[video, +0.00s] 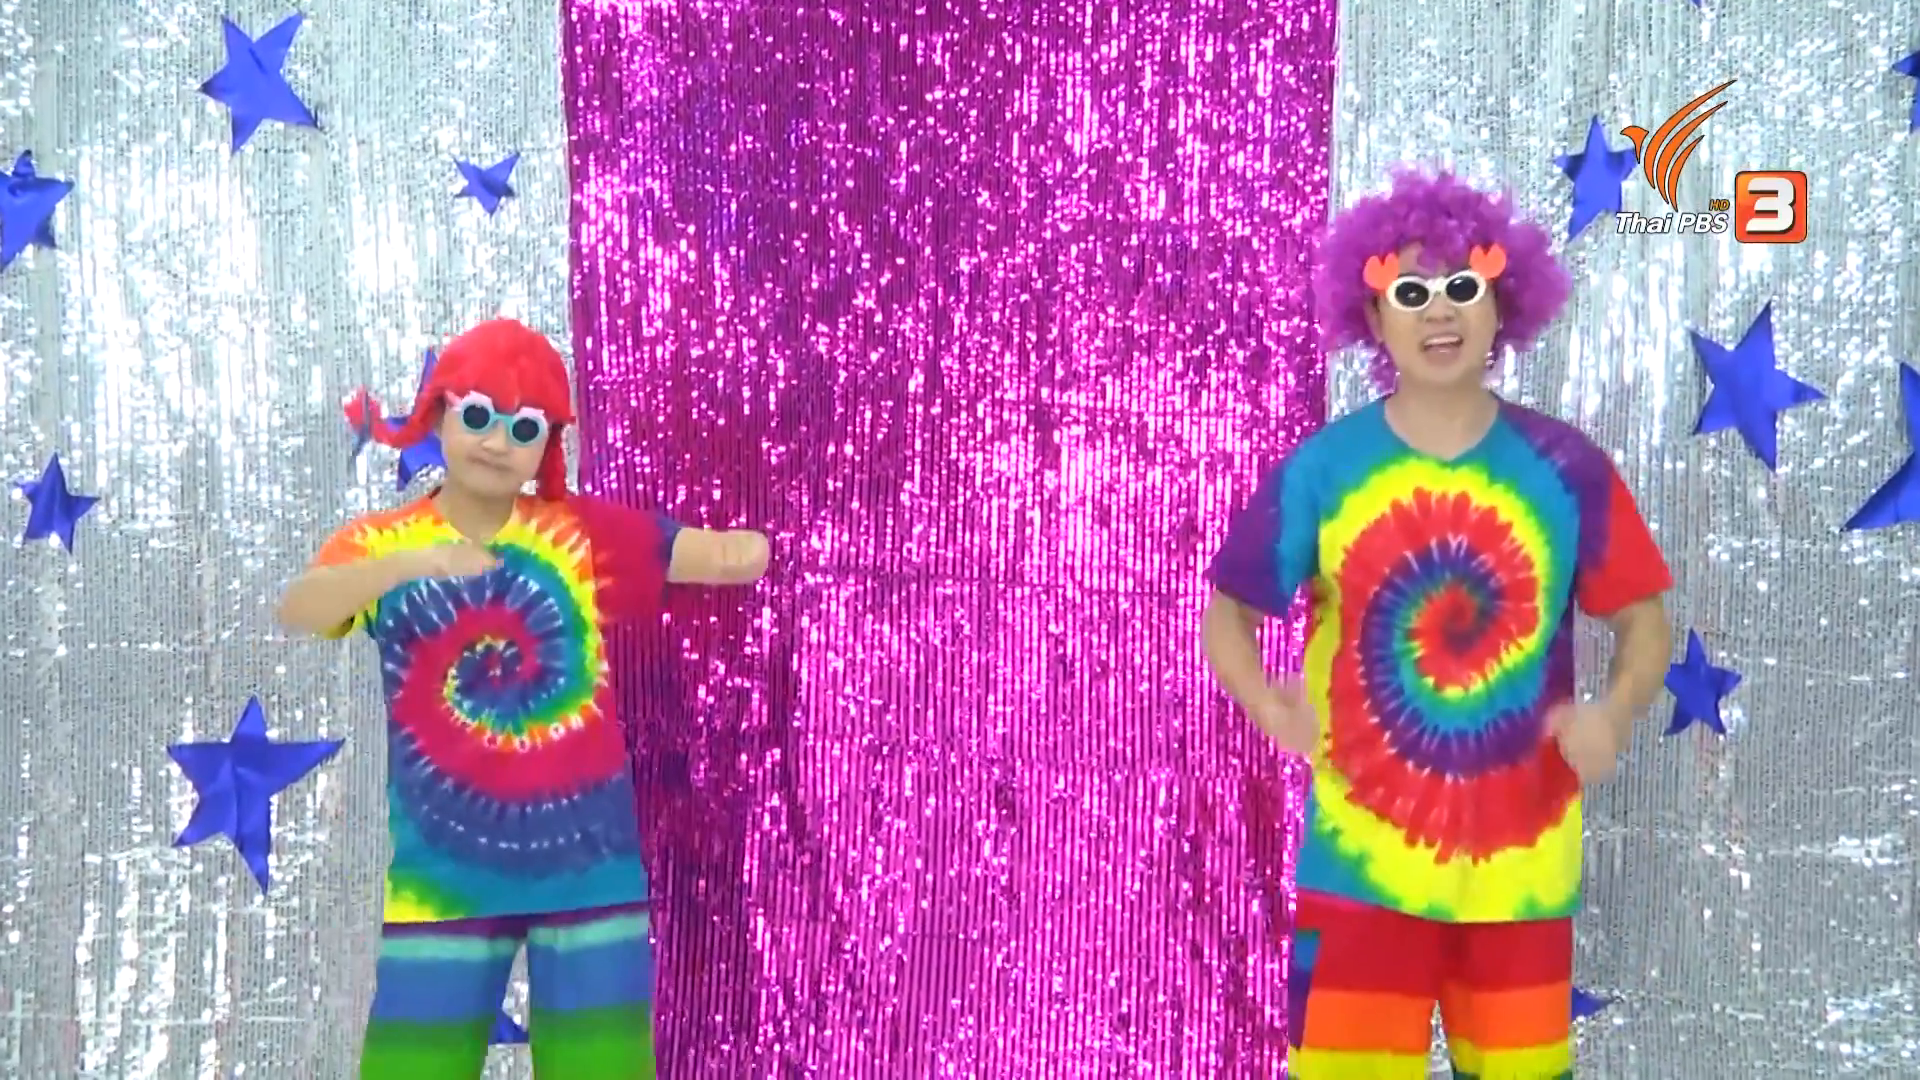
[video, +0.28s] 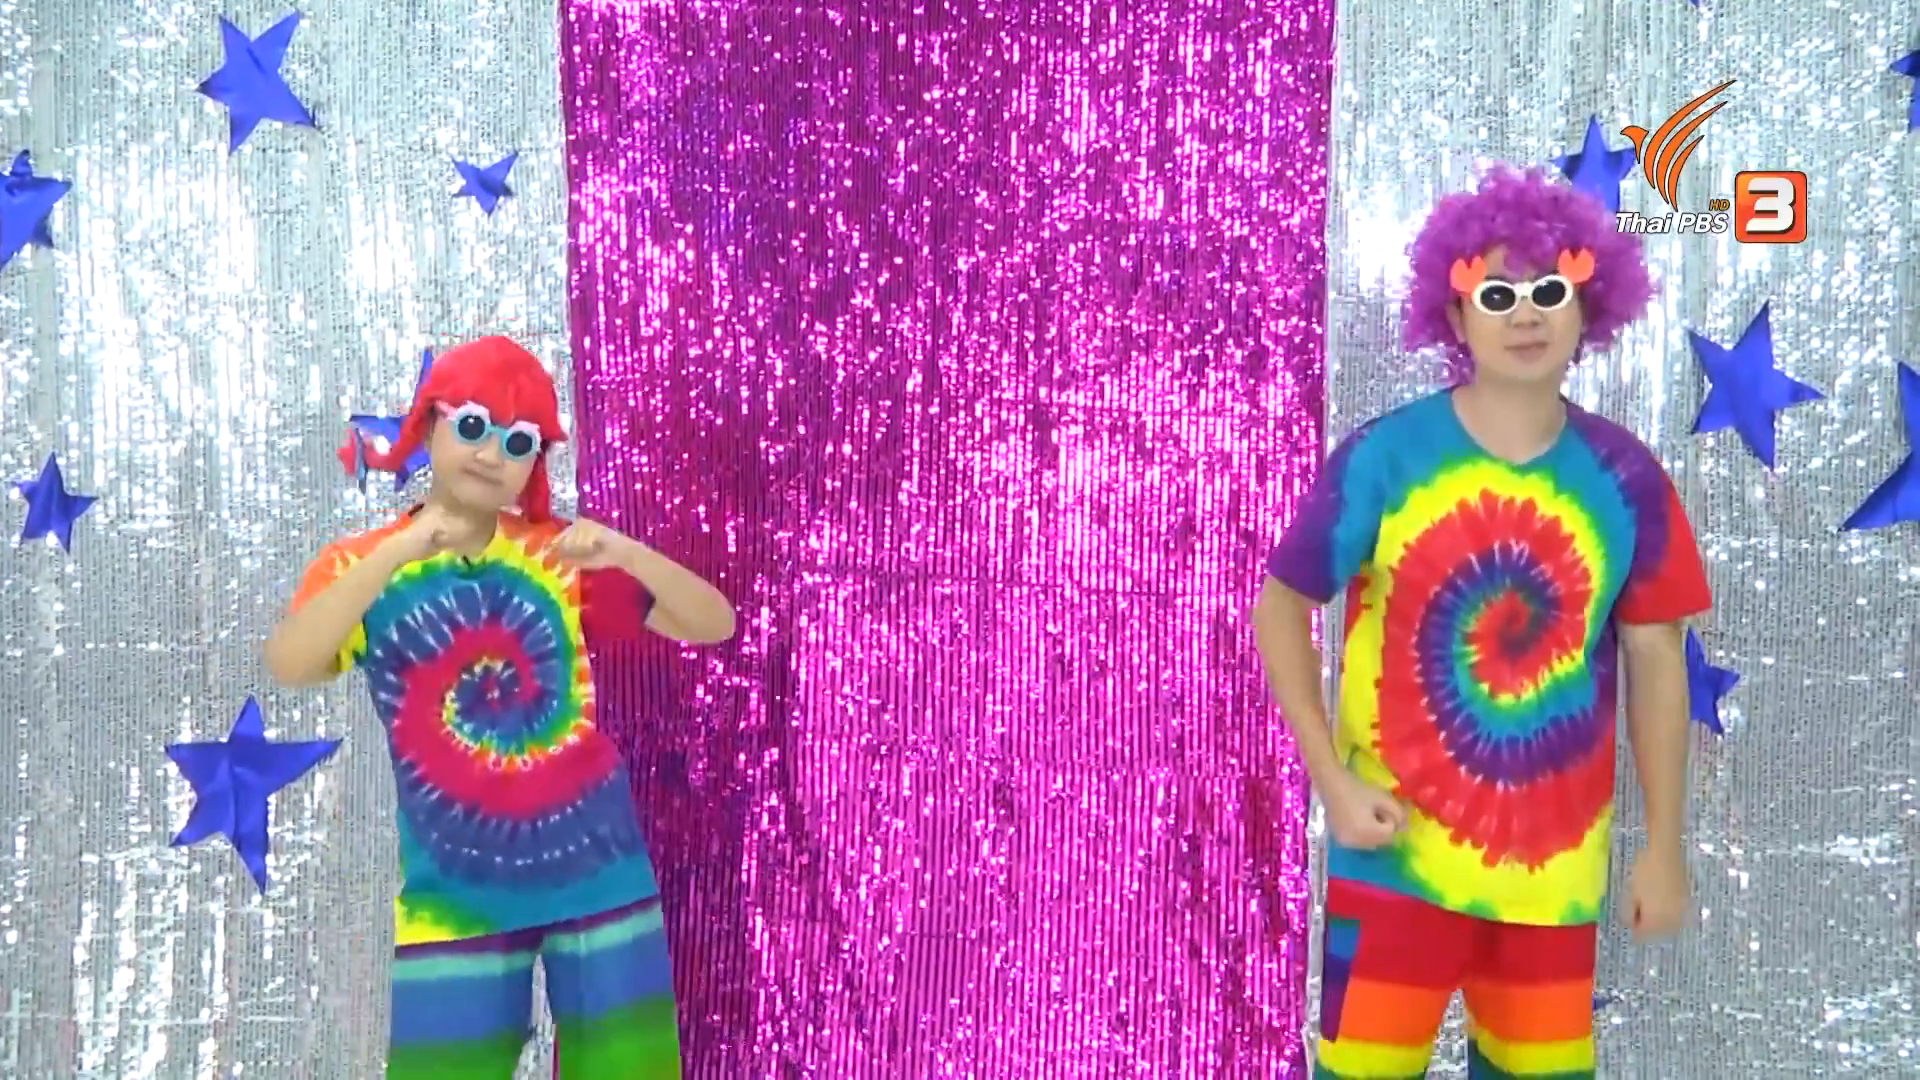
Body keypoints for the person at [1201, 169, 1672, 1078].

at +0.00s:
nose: (1439, 311)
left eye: (1461, 288)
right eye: (1411, 292)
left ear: (1498, 307)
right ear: (1374, 317)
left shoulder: (1568, 465)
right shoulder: (1322, 467)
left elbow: (1648, 616)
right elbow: (1227, 612)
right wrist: (1272, 710)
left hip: (1522, 864)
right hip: (1363, 863)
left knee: (1521, 1066)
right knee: (1347, 1066)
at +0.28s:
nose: (1527, 315)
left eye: (1550, 294)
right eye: (1499, 296)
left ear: (1585, 312)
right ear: (1458, 315)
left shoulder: (1626, 474)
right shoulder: (1383, 457)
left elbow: (1656, 659)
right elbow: (1281, 605)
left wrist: (1663, 843)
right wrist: (1328, 773)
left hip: (1553, 868)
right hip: (1396, 857)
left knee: (1548, 1069)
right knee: (1366, 1066)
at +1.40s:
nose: (1302, 346)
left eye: (1326, 322)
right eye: (1275, 324)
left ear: (1366, 333)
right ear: (1247, 340)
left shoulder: (1448, 478)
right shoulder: (1216, 495)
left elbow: (1515, 651)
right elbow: (1141, 668)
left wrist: (1410, 761)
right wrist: (1221, 767)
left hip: (1437, 872)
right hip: (1290, 876)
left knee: (1460, 1068)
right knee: (1294, 1070)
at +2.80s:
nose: (1380, 281)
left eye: (1407, 261)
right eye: (1357, 261)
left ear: (1452, 286)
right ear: (1329, 286)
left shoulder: (1524, 447)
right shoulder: (1283, 447)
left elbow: (1564, 641)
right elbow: (1247, 620)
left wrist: (1563, 832)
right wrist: (1226, 787)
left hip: (1488, 845)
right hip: (1330, 843)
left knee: (1504, 1060)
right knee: (1333, 1062)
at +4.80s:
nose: (1409, 302)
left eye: (1427, 278)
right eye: (1410, 279)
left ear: (1507, 283)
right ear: (1493, 286)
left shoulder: (1605, 446)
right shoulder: (1447, 422)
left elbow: (1532, 640)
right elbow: (1391, 577)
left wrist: (1359, 628)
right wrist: (1266, 538)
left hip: (1520, 853)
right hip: (1382, 830)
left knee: (1518, 1066)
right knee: (1337, 1058)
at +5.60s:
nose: (1305, 295)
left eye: (1330, 271)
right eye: (1281, 272)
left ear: (1370, 284)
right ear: (1249, 287)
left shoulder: (1444, 425)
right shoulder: (1219, 436)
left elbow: (1468, 625)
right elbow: (1143, 596)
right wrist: (1102, 742)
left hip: (1429, 799)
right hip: (1282, 812)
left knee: (1465, 1049)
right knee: (1285, 1057)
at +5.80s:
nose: (1306, 292)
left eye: (1330, 266)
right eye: (1281, 269)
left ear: (1368, 279)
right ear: (1246, 286)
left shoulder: (1443, 418)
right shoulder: (1208, 446)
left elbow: (1528, 598)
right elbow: (1178, 633)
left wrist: (1594, 771)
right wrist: (1200, 795)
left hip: (1442, 824)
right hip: (1287, 835)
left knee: (1477, 1059)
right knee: (1291, 1066)